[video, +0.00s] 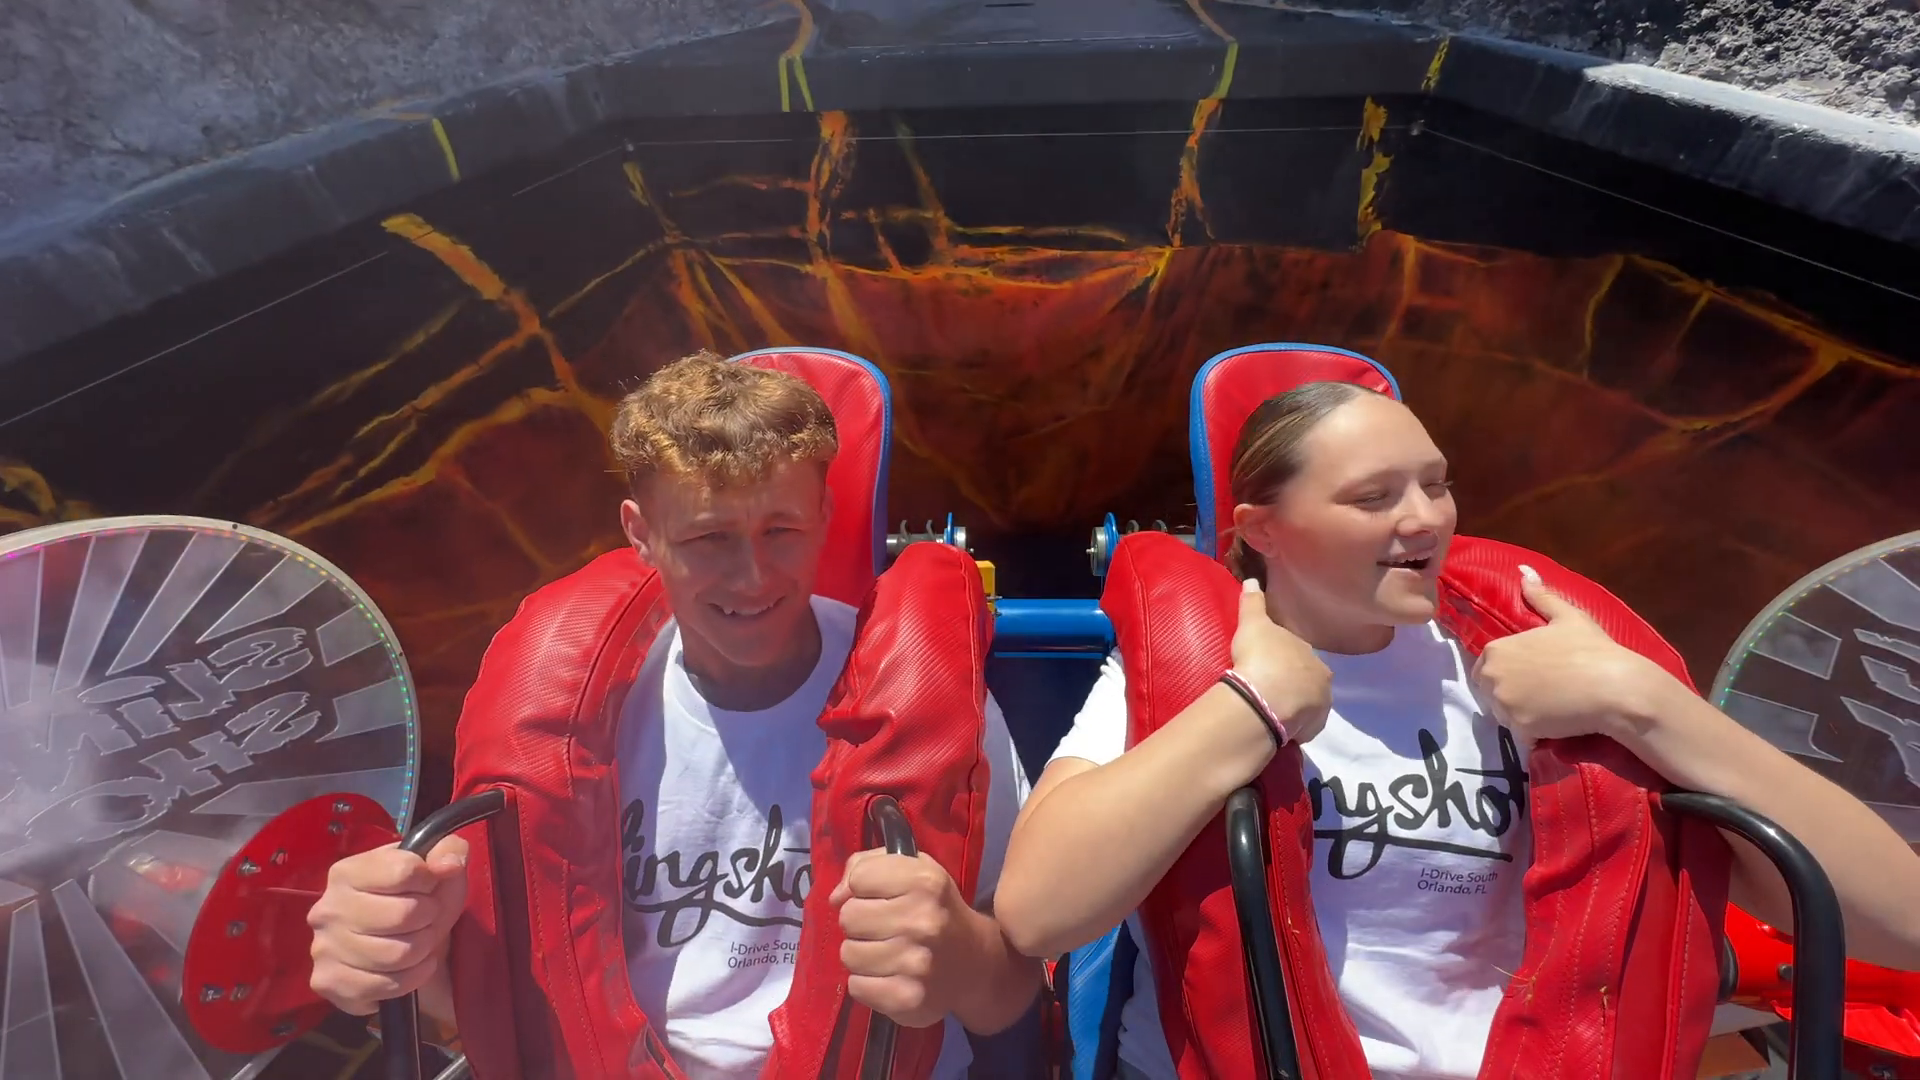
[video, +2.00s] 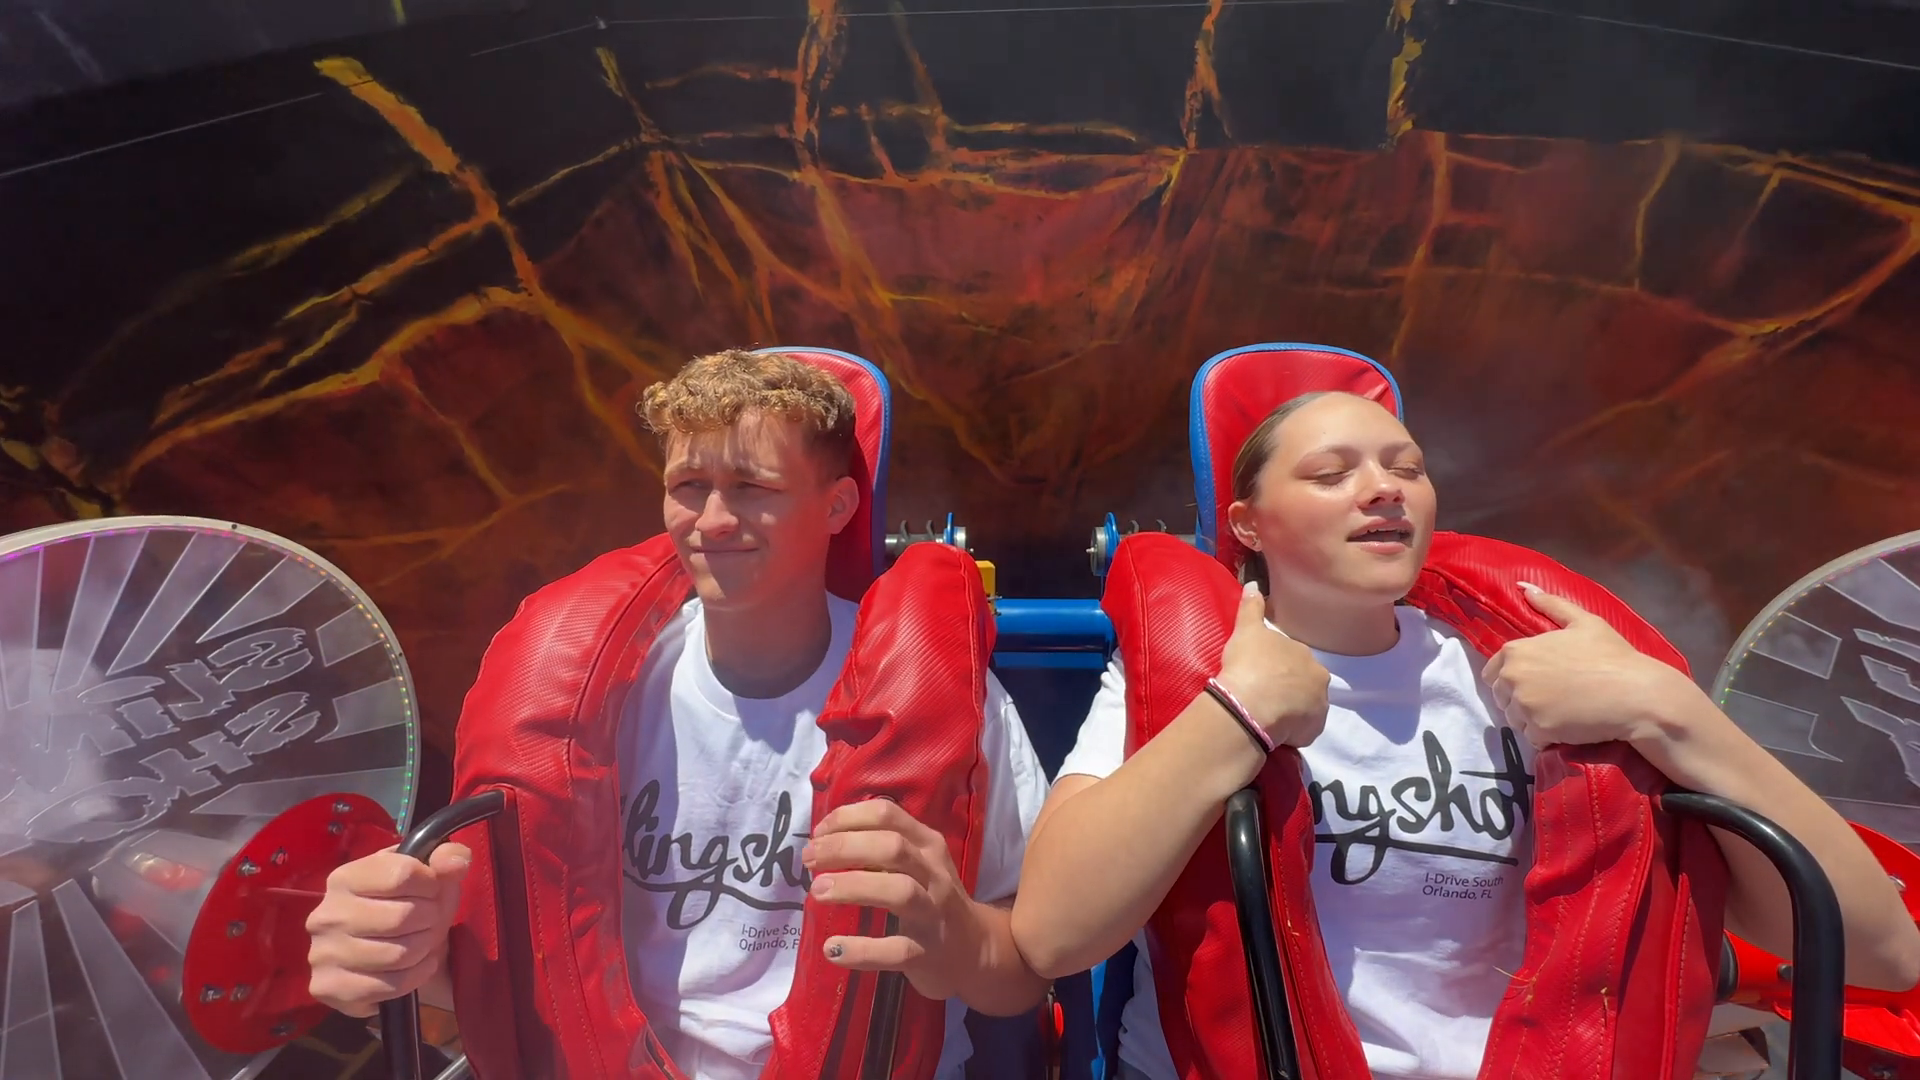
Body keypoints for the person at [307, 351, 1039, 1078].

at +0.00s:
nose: (751, 578)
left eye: (782, 532)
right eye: (708, 539)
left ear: (823, 521)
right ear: (641, 535)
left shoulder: (925, 692)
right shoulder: (564, 691)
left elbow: (1011, 995)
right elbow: (497, 1016)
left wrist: (970, 960)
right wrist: (418, 952)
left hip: (835, 1063)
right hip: (611, 1059)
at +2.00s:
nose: (714, 521)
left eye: (755, 489)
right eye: (691, 489)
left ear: (840, 505)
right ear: (665, 495)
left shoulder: (939, 695)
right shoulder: (583, 677)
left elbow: (1027, 980)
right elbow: (512, 999)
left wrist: (964, 942)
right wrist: (417, 956)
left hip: (837, 1067)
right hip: (614, 1060)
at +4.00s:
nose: (735, 525)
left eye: (774, 490)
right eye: (711, 489)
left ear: (849, 506)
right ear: (679, 494)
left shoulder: (935, 691)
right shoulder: (581, 672)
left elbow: (1026, 961)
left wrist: (968, 947)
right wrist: (408, 941)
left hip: (830, 1064)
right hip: (611, 1059)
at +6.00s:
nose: (729, 525)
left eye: (768, 493)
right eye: (704, 491)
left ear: (846, 506)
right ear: (675, 491)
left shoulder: (934, 687)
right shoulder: (584, 668)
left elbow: (1025, 960)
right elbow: (502, 929)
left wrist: (958, 947)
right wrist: (406, 942)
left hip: (832, 1063)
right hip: (612, 1058)